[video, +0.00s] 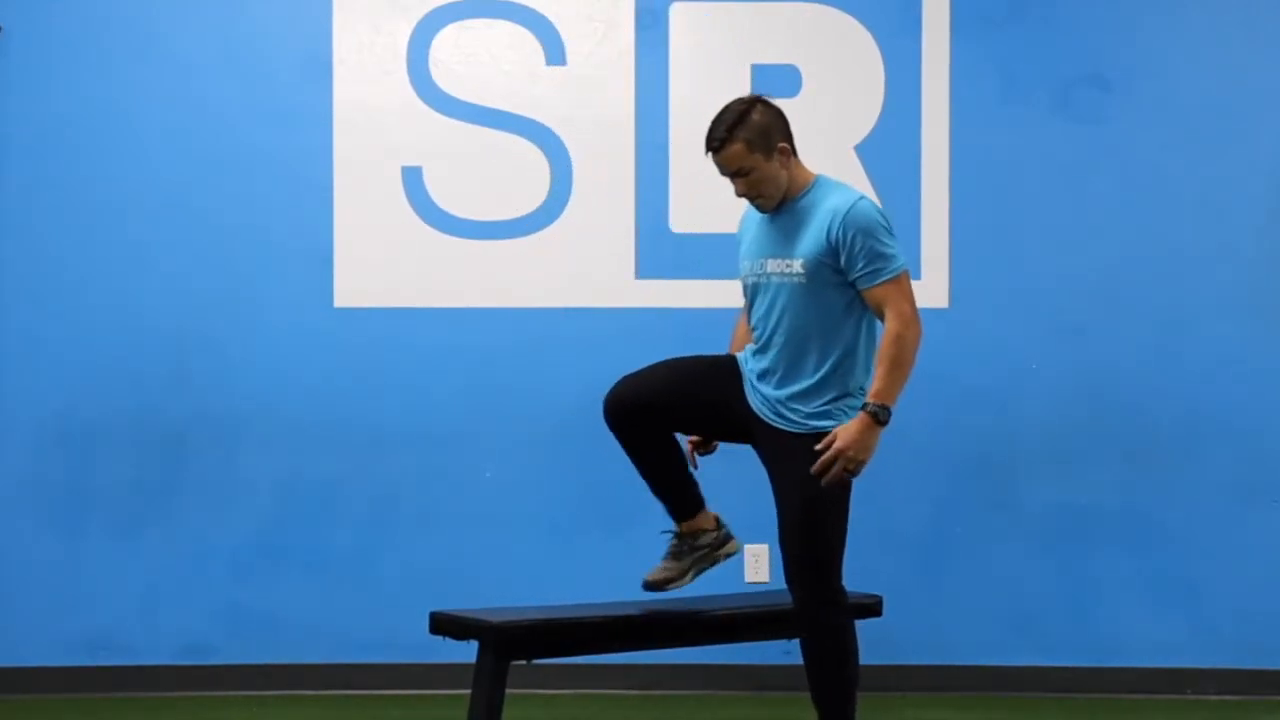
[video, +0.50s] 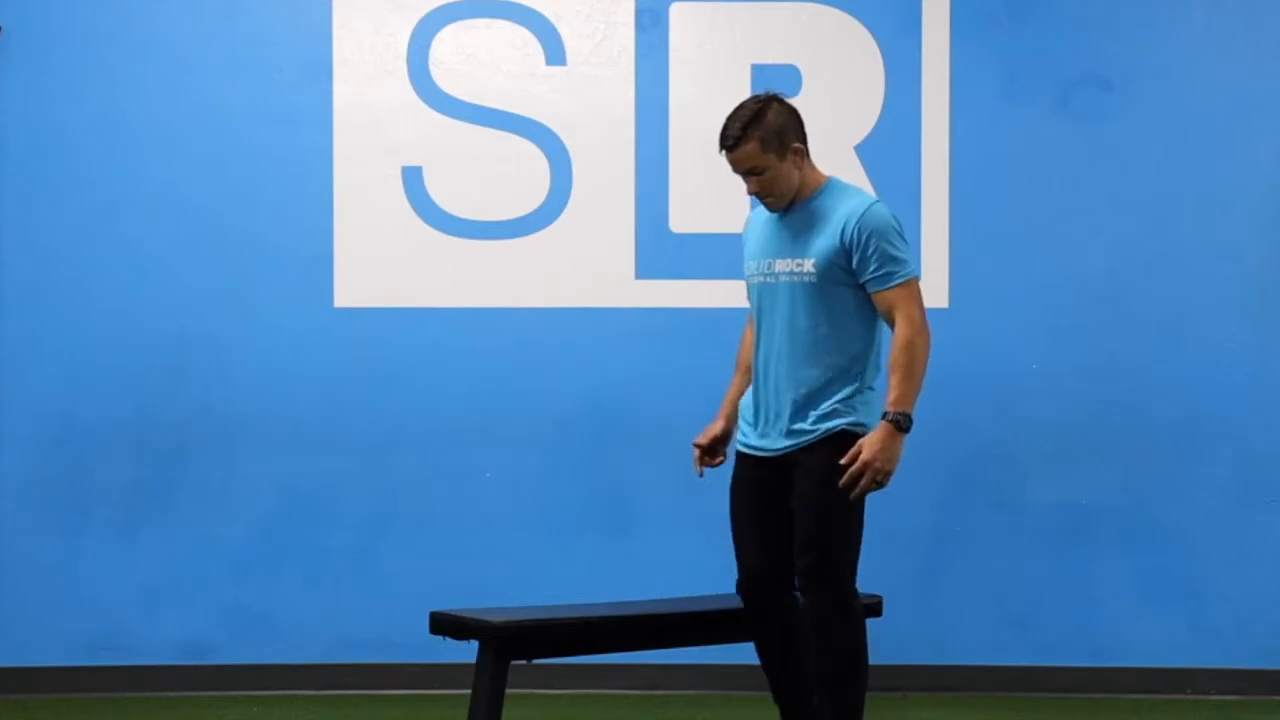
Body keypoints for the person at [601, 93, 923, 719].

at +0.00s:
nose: (737, 188)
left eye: (742, 173)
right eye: (729, 176)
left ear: (784, 154)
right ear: (728, 167)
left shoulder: (850, 215)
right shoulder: (756, 220)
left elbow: (903, 320)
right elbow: (752, 320)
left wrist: (872, 418)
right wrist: (714, 414)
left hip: (814, 427)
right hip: (751, 390)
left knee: (815, 591)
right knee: (630, 404)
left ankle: (836, 715)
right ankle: (697, 529)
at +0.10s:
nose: (745, 184)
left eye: (751, 169)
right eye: (737, 171)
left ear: (792, 151)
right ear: (739, 162)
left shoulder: (854, 214)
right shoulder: (763, 214)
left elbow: (904, 319)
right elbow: (761, 312)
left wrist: (870, 416)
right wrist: (733, 380)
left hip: (817, 426)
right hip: (754, 394)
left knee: (817, 588)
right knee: (640, 425)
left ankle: (837, 714)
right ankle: (745, 539)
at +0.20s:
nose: (749, 184)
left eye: (756, 169)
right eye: (741, 172)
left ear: (797, 151)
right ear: (741, 163)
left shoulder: (860, 215)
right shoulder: (767, 212)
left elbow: (905, 322)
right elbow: (766, 314)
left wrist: (873, 418)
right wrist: (727, 394)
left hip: (825, 428)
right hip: (757, 407)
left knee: (823, 597)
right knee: (662, 482)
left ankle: (839, 715)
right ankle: (765, 605)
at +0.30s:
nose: (752, 185)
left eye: (759, 170)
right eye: (744, 173)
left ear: (798, 149)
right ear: (747, 163)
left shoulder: (863, 216)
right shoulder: (766, 216)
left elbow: (908, 324)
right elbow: (766, 321)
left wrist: (880, 419)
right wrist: (723, 408)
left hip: (827, 434)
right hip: (753, 424)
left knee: (825, 599)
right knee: (699, 537)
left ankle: (840, 715)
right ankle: (778, 675)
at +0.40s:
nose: (752, 186)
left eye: (759, 171)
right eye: (744, 173)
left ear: (799, 151)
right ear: (744, 162)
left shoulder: (863, 215)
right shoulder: (763, 218)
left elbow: (910, 323)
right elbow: (764, 323)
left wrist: (887, 421)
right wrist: (727, 415)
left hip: (829, 434)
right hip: (756, 433)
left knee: (828, 593)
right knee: (736, 572)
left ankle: (840, 715)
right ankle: (787, 709)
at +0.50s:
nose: (750, 188)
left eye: (758, 173)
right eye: (742, 175)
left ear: (797, 154)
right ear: (737, 164)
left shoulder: (862, 218)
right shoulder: (760, 221)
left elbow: (911, 325)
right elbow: (761, 326)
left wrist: (894, 425)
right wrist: (727, 417)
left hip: (830, 439)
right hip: (759, 442)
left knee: (827, 597)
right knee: (760, 593)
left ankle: (839, 714)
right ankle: (800, 713)